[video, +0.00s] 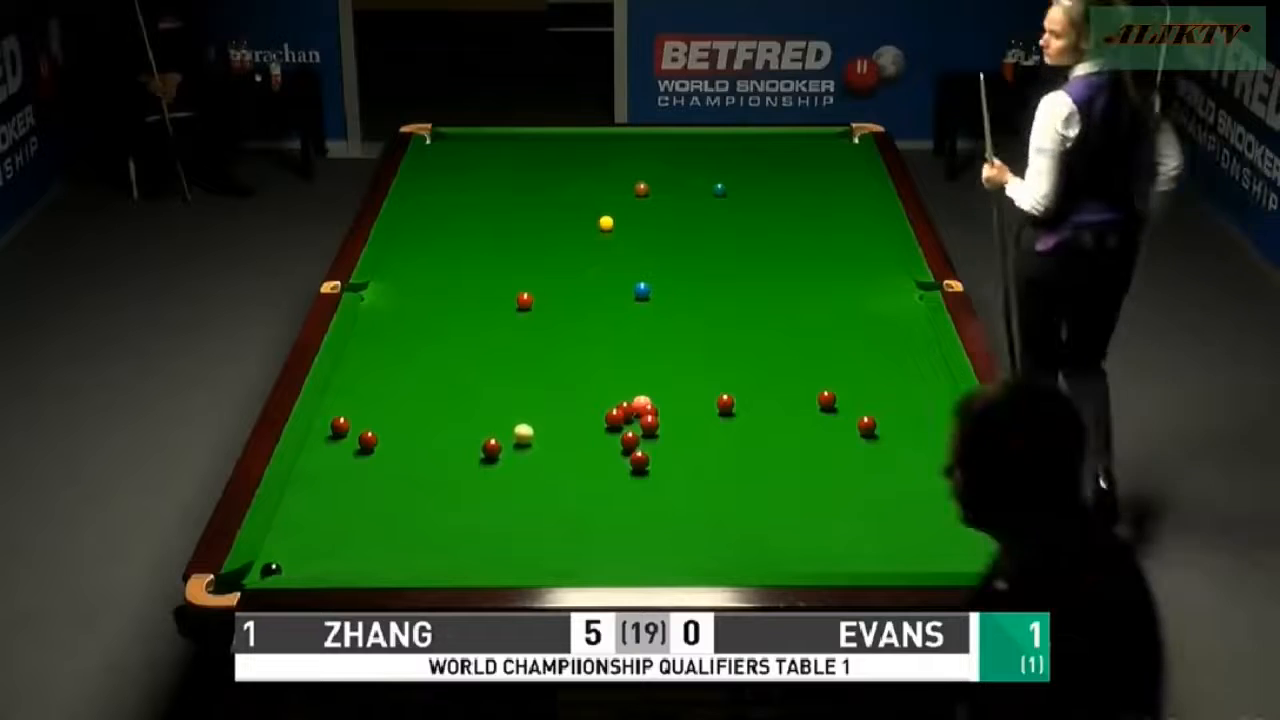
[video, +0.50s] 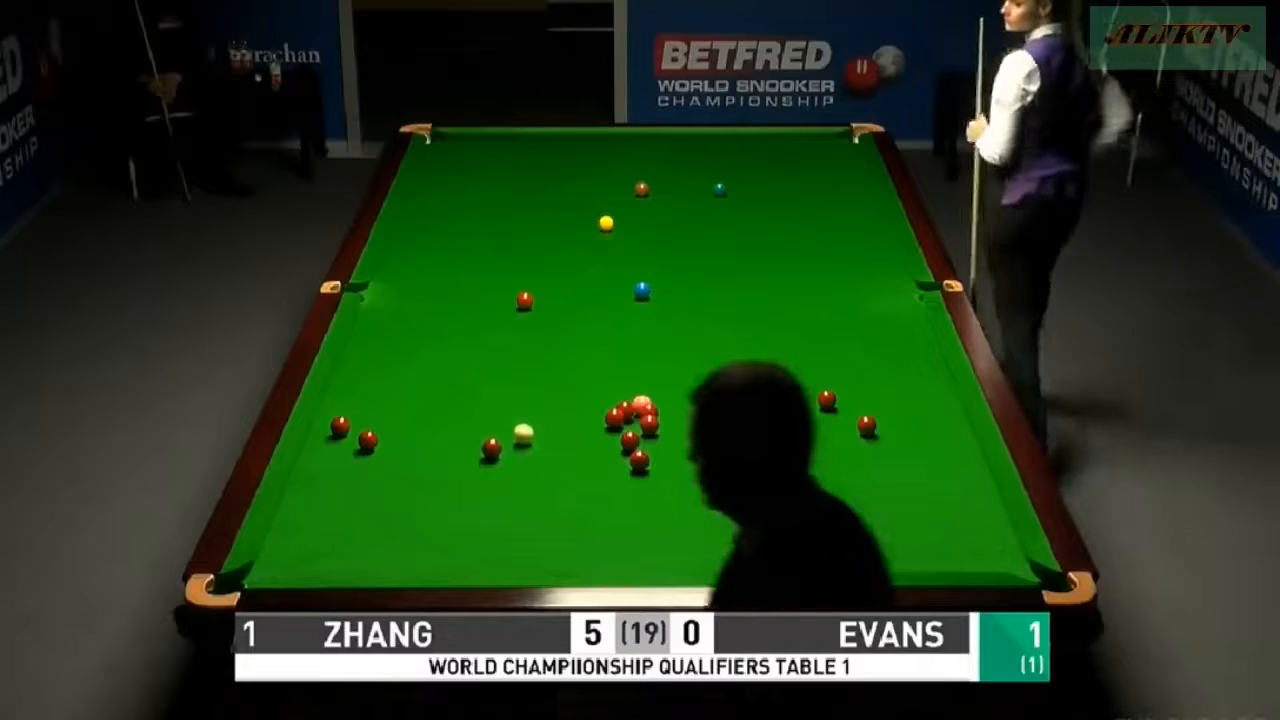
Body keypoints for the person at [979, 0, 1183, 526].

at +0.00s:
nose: (1042, 41)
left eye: (1053, 35)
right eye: (1045, 31)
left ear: (1085, 41)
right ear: (1094, 39)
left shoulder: (1059, 105)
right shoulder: (1136, 93)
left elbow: (1038, 200)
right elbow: (1170, 165)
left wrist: (1005, 180)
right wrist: (1134, 210)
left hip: (1055, 255)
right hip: (1113, 252)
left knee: (1039, 368)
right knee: (1087, 362)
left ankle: (1048, 488)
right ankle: (1099, 481)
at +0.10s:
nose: (1034, 33)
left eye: (1044, 25)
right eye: (1036, 22)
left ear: (1078, 31)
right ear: (1082, 31)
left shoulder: (1049, 93)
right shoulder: (1126, 84)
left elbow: (1026, 188)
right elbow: (1155, 161)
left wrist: (999, 163)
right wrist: (1119, 194)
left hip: (1050, 242)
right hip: (1104, 239)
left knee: (1034, 353)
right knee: (1070, 342)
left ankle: (1033, 471)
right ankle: (1081, 467)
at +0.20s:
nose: (1025, 23)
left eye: (1034, 15)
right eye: (1027, 13)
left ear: (1063, 21)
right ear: (1071, 23)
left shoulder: (1038, 81)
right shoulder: (1109, 74)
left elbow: (1013, 171)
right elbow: (1132, 158)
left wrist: (995, 144)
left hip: (1043, 223)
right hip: (1092, 220)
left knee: (1026, 324)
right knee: (1050, 317)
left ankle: (1035, 440)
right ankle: (1048, 418)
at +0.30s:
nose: (1019, 19)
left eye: (1028, 12)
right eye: (1021, 10)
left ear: (1057, 19)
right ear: (1063, 21)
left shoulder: (1032, 77)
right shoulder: (1097, 72)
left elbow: (1005, 166)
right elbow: (1125, 148)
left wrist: (992, 139)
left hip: (1037, 221)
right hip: (1082, 218)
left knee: (1028, 330)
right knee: (1037, 323)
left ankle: (1031, 446)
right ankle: (1028, 430)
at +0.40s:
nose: (1010, 16)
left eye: (1019, 8)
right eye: (1011, 7)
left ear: (1048, 15)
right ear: (1050, 17)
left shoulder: (1025, 72)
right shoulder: (1082, 67)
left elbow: (998, 159)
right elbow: (1120, 134)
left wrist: (986, 135)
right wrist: (1074, 155)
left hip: (1029, 214)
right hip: (1070, 210)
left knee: (1022, 331)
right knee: (1030, 319)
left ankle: (1031, 452)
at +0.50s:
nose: (1005, 8)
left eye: (1014, 2)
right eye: (1006, 1)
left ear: (1041, 8)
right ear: (1045, 10)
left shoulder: (1019, 64)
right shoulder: (1077, 58)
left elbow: (999, 149)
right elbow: (1118, 117)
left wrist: (980, 132)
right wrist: (1076, 149)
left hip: (1024, 203)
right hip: (1065, 197)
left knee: (1015, 314)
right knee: (1030, 299)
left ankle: (1029, 439)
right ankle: (1017, 399)